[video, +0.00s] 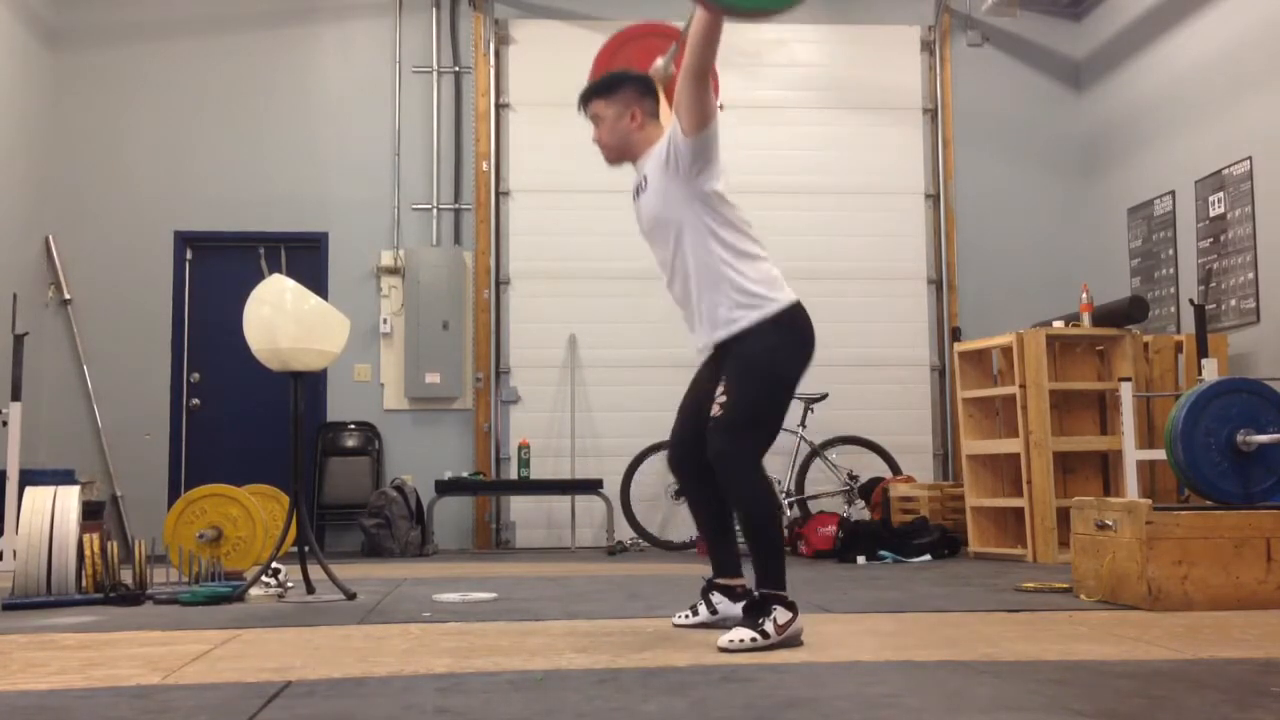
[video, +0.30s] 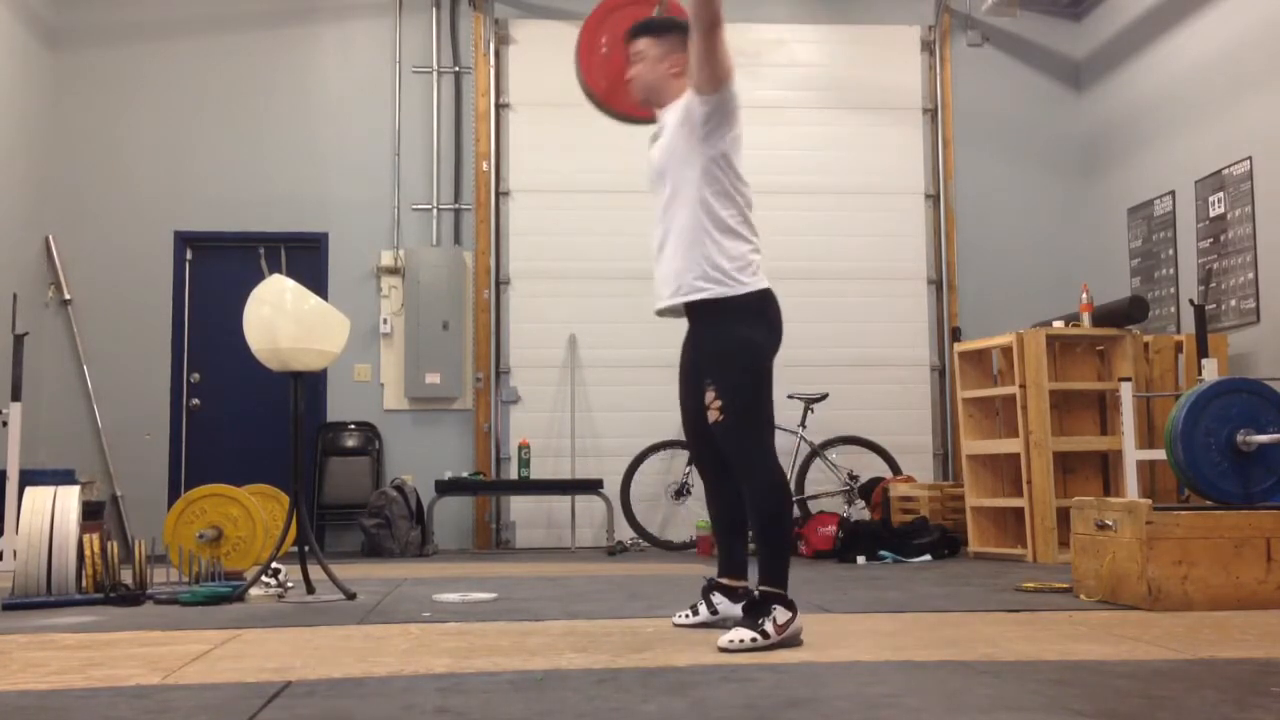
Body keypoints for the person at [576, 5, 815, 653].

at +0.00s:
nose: (593, 135)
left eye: (600, 121)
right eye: (592, 123)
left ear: (640, 113)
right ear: (625, 120)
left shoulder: (683, 153)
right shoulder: (648, 179)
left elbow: (695, 71)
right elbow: (672, 82)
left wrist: (712, 4)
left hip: (771, 329)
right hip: (726, 341)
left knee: (730, 449)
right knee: (687, 451)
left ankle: (776, 607)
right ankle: (730, 593)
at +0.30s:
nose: (630, 71)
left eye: (641, 57)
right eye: (629, 60)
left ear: (679, 58)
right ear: (654, 71)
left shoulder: (706, 110)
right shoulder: (668, 129)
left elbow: (707, 22)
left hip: (739, 310)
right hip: (704, 314)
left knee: (751, 455)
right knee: (711, 457)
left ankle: (775, 607)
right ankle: (730, 595)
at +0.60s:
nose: (723, 66)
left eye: (733, 53)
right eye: (715, 54)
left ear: (753, 59)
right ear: (705, 62)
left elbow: (771, 137)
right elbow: (656, 187)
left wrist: (710, 98)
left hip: (746, 316)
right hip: (702, 316)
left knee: (755, 457)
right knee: (710, 457)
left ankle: (778, 607)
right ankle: (731, 594)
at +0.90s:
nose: (682, 85)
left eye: (692, 71)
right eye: (674, 76)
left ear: (726, 65)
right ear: (670, 78)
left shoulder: (746, 123)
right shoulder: (707, 137)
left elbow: (770, 204)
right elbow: (710, 234)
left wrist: (753, 291)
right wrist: (679, 306)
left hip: (743, 318)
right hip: (705, 321)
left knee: (759, 460)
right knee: (714, 463)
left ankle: (779, 608)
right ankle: (729, 595)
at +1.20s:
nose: (653, 95)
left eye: (662, 80)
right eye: (644, 86)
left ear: (696, 74)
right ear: (641, 91)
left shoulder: (718, 127)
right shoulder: (689, 144)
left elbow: (753, 202)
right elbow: (697, 241)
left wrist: (724, 289)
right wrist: (673, 315)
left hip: (733, 320)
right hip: (702, 324)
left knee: (736, 451)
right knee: (711, 454)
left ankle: (774, 605)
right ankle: (731, 595)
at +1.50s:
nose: (614, 114)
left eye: (618, 98)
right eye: (604, 104)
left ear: (651, 81)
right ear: (604, 103)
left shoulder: (690, 128)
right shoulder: (668, 143)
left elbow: (732, 197)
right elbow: (691, 233)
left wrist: (693, 276)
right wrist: (675, 308)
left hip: (720, 313)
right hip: (705, 314)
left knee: (691, 445)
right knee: (709, 449)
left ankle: (720, 591)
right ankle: (731, 592)